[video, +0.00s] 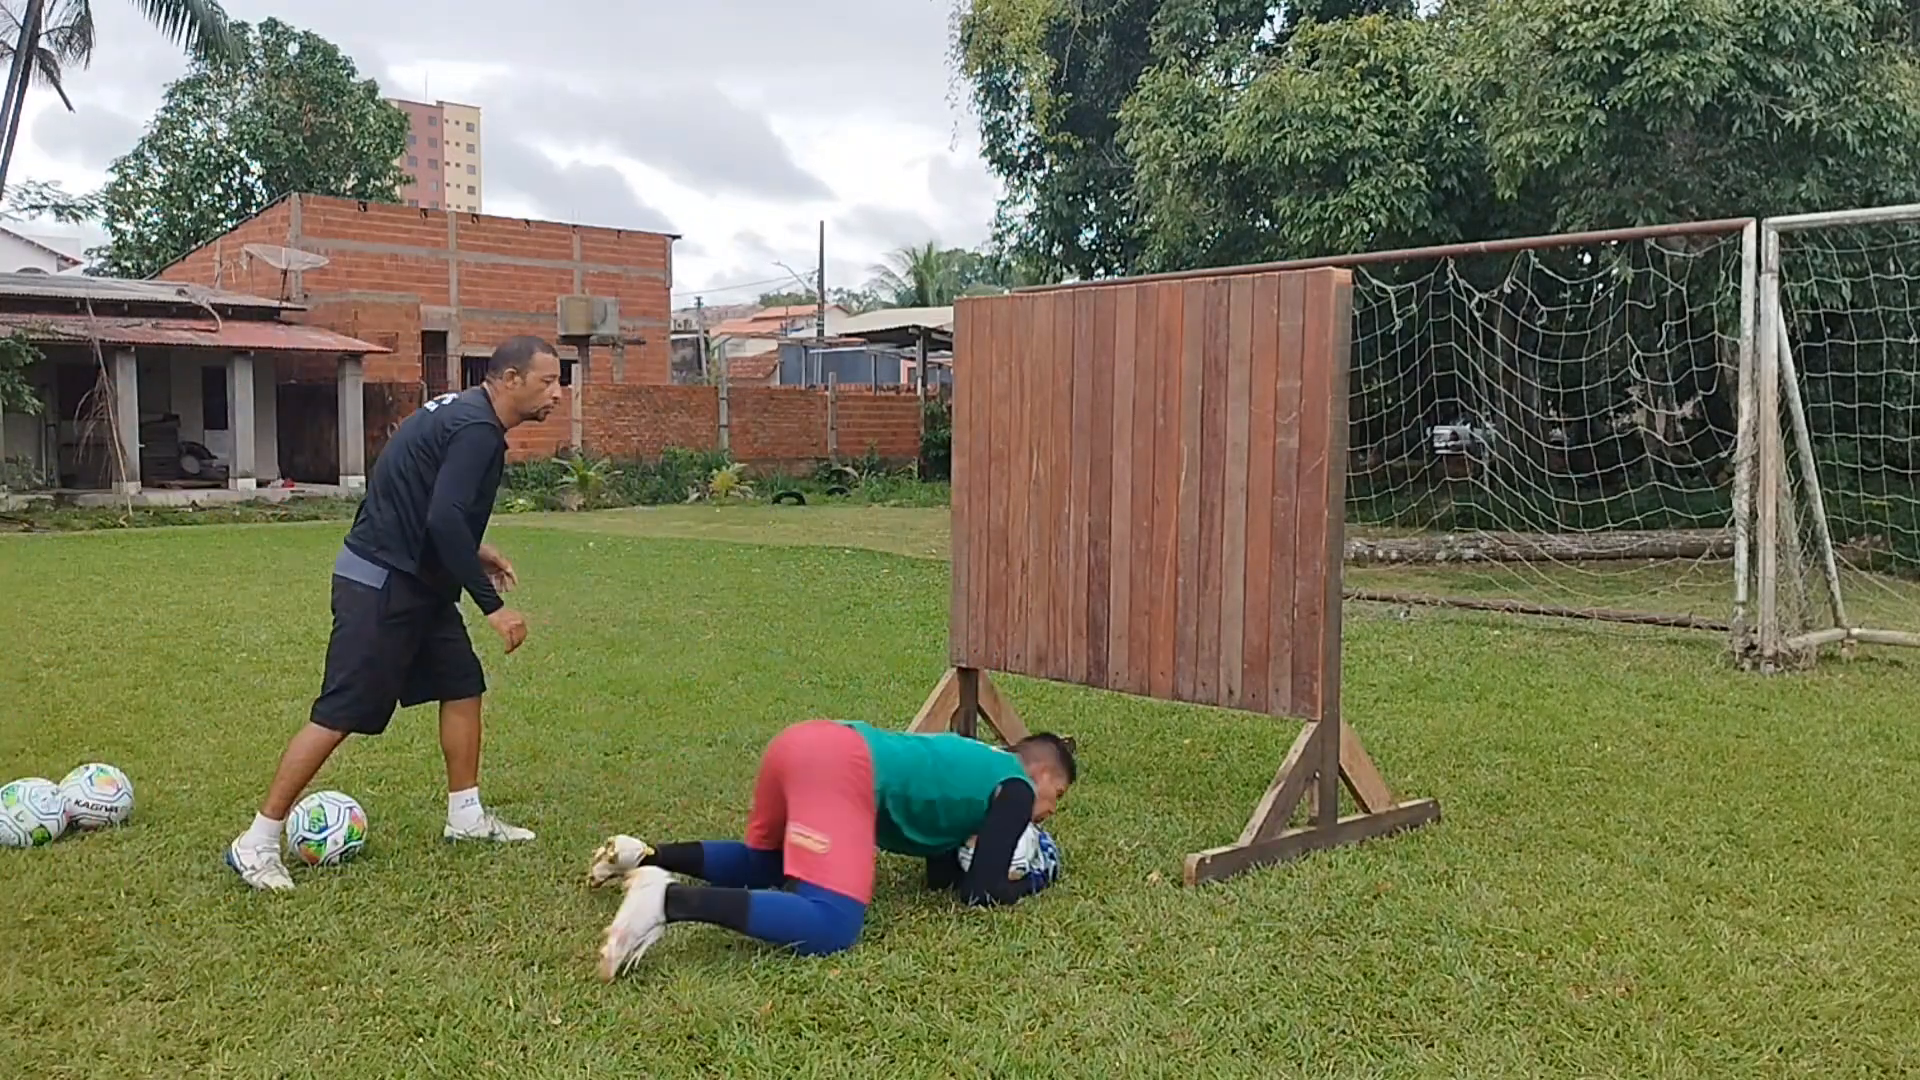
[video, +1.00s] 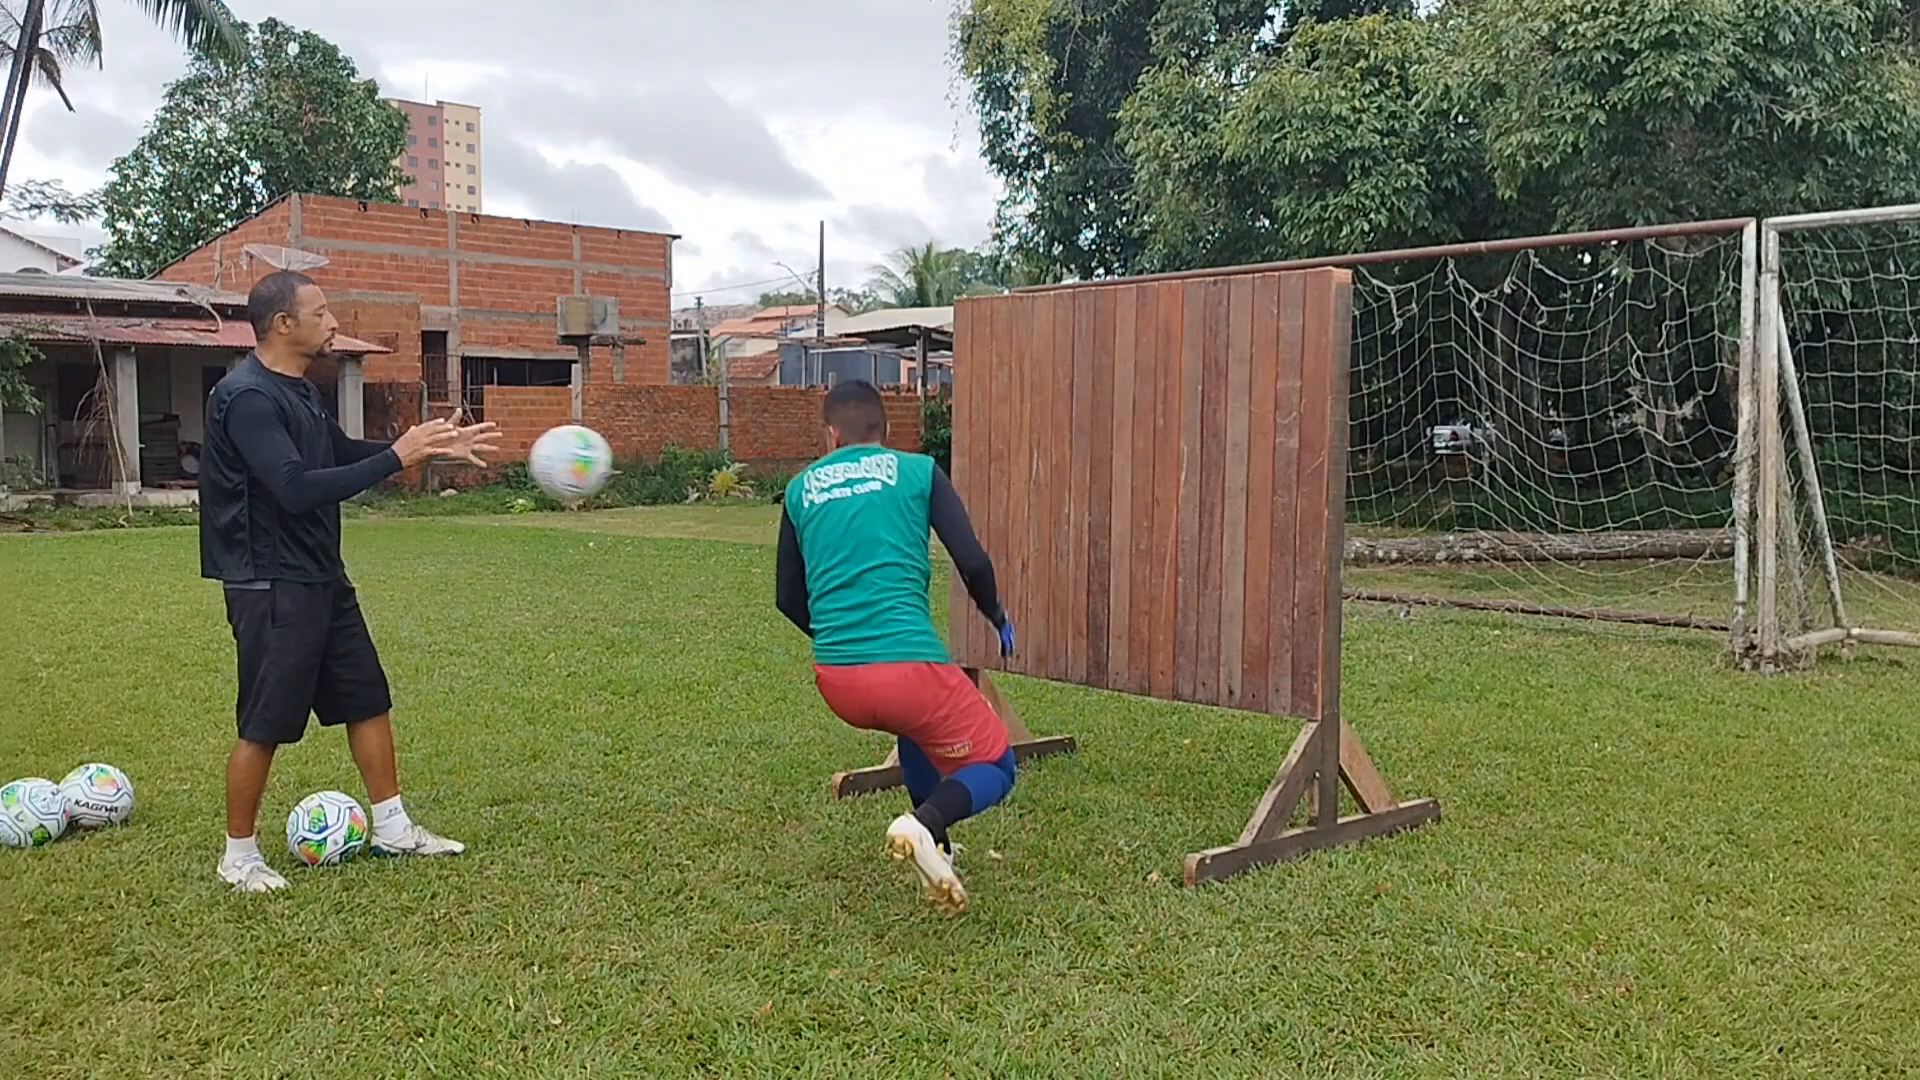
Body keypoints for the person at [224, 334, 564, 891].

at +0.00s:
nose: (557, 394)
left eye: (558, 384)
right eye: (548, 383)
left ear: (506, 382)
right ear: (508, 380)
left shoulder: (463, 414)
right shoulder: (478, 432)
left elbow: (424, 506)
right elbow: (447, 522)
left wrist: (475, 550)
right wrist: (494, 606)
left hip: (421, 584)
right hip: (379, 582)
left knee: (462, 688)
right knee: (339, 712)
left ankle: (466, 818)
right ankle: (257, 841)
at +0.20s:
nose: (498, 364)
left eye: (497, 354)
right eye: (488, 353)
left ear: (455, 359)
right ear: (451, 358)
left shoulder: (437, 416)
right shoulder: (409, 417)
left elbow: (404, 504)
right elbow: (373, 511)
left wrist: (452, 547)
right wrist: (422, 591)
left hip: (403, 590)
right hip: (354, 590)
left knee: (455, 692)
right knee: (322, 719)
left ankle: (465, 819)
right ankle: (249, 851)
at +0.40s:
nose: (428, 348)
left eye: (427, 336)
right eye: (418, 337)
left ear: (382, 346)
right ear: (376, 344)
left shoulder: (372, 407)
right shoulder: (331, 410)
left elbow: (341, 502)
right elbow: (298, 513)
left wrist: (393, 532)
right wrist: (368, 581)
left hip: (358, 587)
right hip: (309, 590)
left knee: (415, 695)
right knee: (283, 723)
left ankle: (462, 816)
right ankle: (241, 857)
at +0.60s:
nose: (379, 333)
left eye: (376, 321)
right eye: (367, 322)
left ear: (337, 331)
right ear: (328, 331)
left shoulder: (329, 397)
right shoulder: (280, 402)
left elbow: (326, 484)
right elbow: (258, 506)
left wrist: (378, 505)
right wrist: (349, 559)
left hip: (335, 584)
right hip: (281, 588)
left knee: (396, 686)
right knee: (269, 720)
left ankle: (402, 823)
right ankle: (239, 857)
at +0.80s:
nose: (348, 326)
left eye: (346, 314)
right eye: (336, 315)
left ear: (303, 328)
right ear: (295, 327)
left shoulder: (310, 396)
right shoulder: (255, 401)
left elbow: (328, 478)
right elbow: (268, 504)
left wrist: (402, 470)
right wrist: (374, 504)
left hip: (329, 584)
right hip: (274, 588)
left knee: (378, 697)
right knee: (265, 723)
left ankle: (392, 829)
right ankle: (239, 857)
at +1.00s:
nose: (333, 322)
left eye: (329, 311)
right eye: (321, 313)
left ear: (291, 324)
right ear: (284, 324)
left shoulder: (301, 393)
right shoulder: (249, 396)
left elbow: (345, 458)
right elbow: (295, 489)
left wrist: (423, 446)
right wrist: (396, 455)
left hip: (321, 580)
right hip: (270, 586)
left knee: (366, 699)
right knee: (263, 723)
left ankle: (392, 828)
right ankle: (240, 857)